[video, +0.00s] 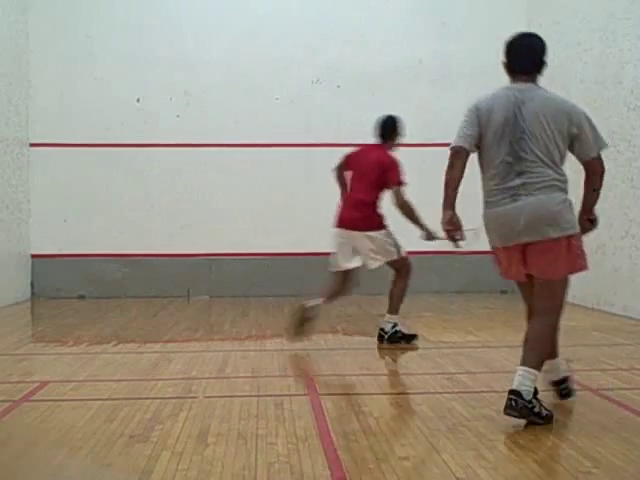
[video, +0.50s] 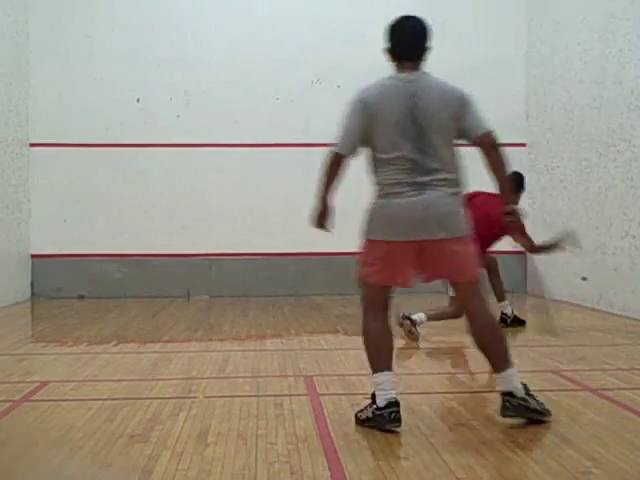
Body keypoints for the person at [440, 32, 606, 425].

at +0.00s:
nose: (515, 68)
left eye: (509, 62)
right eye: (535, 62)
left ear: (505, 65)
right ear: (542, 66)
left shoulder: (482, 107)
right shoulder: (562, 108)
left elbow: (457, 155)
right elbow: (595, 169)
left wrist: (448, 209)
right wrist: (587, 210)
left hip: (501, 222)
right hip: (551, 218)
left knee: (534, 303)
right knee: (545, 309)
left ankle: (557, 375)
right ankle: (521, 391)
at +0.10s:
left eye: (489, 51)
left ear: (488, 55)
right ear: (525, 55)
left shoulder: (468, 99)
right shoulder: (548, 98)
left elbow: (452, 151)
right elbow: (584, 154)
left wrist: (448, 207)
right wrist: (591, 207)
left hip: (487, 216)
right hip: (539, 214)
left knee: (506, 296)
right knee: (533, 303)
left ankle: (523, 376)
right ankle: (519, 394)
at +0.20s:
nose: (475, 51)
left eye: (470, 45)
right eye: (491, 43)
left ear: (468, 49)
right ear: (506, 48)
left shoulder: (452, 96)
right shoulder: (535, 91)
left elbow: (436, 158)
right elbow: (568, 143)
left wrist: (430, 208)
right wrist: (586, 197)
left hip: (472, 211)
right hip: (526, 210)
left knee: (469, 294)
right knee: (523, 304)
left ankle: (469, 378)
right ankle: (520, 399)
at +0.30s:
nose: (457, 50)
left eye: (452, 43)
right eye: (474, 42)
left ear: (447, 48)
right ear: (485, 46)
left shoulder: (432, 96)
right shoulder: (514, 89)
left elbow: (410, 161)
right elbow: (547, 137)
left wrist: (399, 215)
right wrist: (568, 194)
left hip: (451, 215)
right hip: (508, 213)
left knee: (432, 296)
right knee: (513, 306)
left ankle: (417, 383)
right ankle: (519, 400)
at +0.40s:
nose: (429, 53)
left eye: (421, 47)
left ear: (420, 51)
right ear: (457, 49)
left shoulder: (404, 100)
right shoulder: (485, 92)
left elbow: (377, 161)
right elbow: (521, 140)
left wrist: (362, 211)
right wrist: (543, 197)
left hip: (427, 219)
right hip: (483, 216)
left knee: (397, 302)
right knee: (499, 305)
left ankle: (389, 394)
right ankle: (518, 399)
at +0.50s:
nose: (395, 53)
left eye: (390, 47)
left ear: (388, 51)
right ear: (426, 50)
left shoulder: (369, 98)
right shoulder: (450, 94)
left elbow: (339, 155)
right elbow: (488, 142)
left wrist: (323, 201)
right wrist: (508, 195)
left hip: (390, 217)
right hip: (447, 216)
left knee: (375, 308)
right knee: (477, 305)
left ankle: (385, 403)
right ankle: (514, 392)